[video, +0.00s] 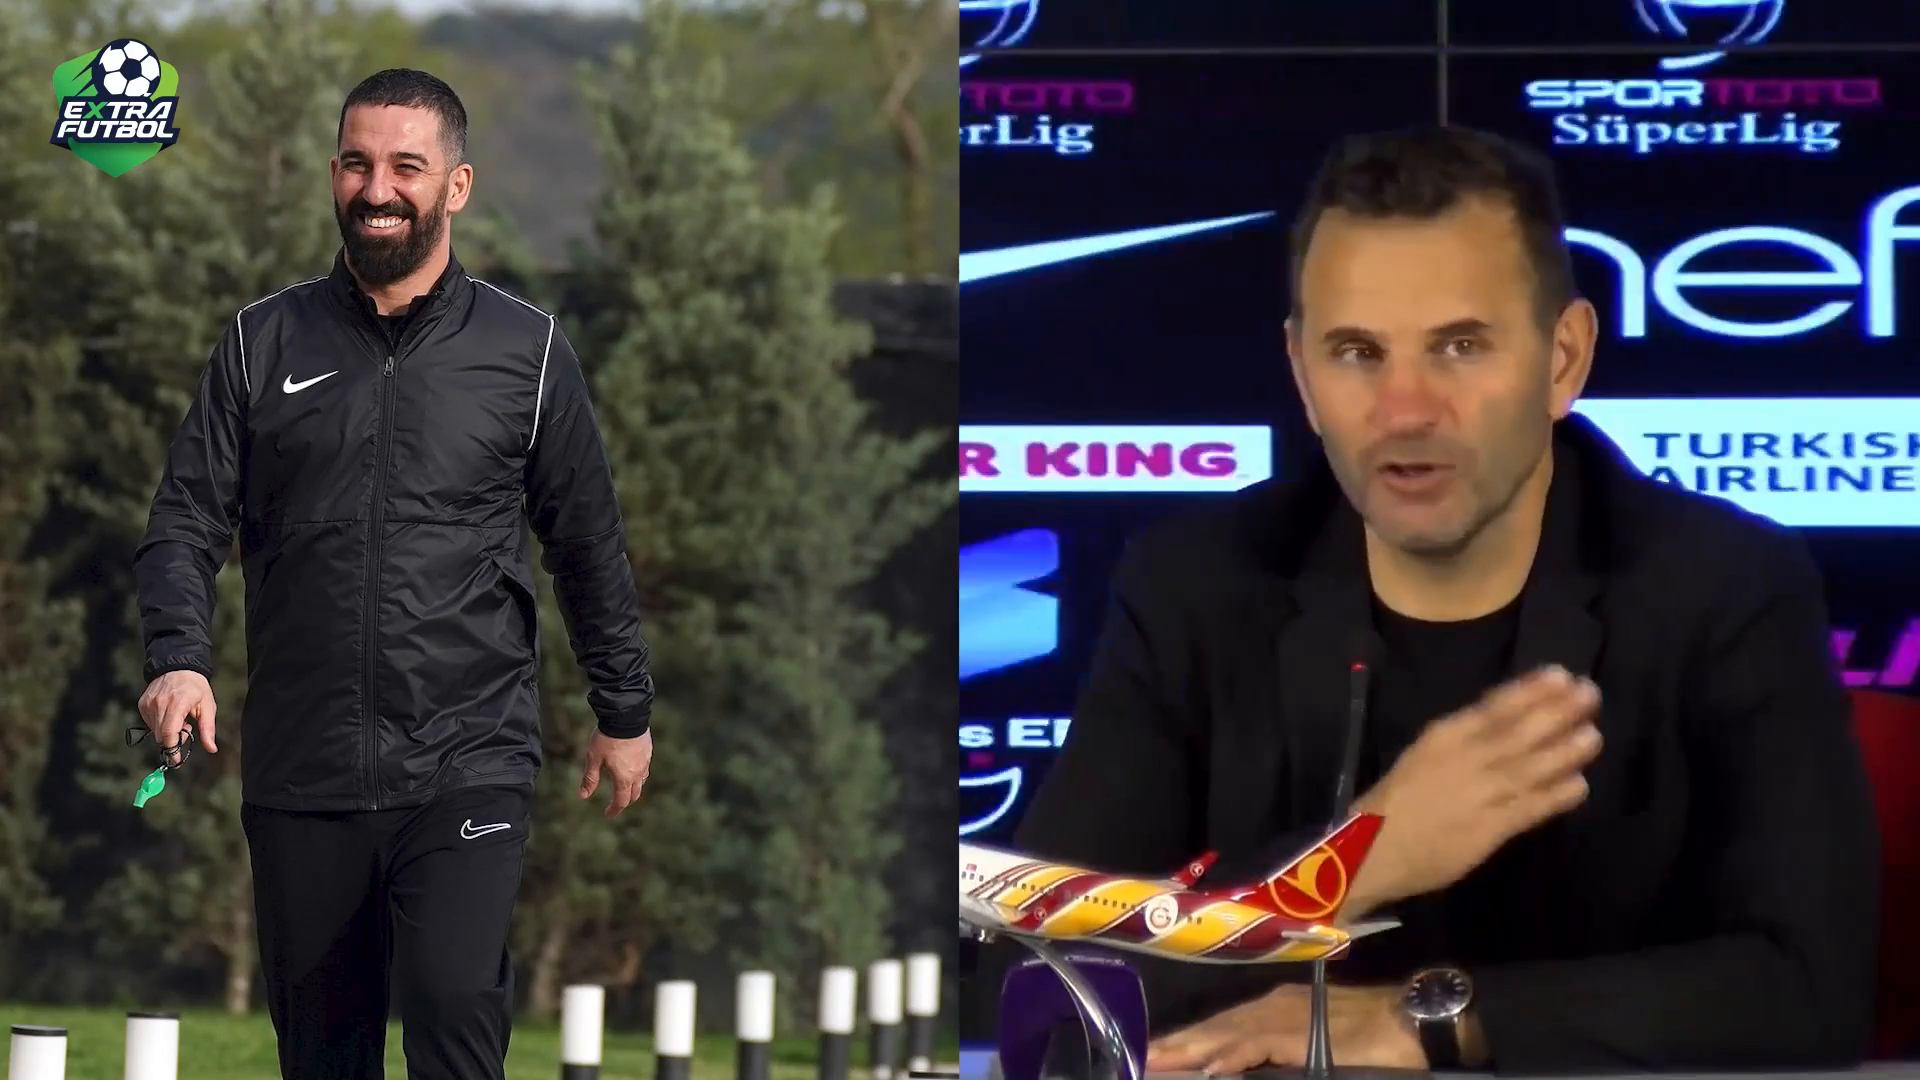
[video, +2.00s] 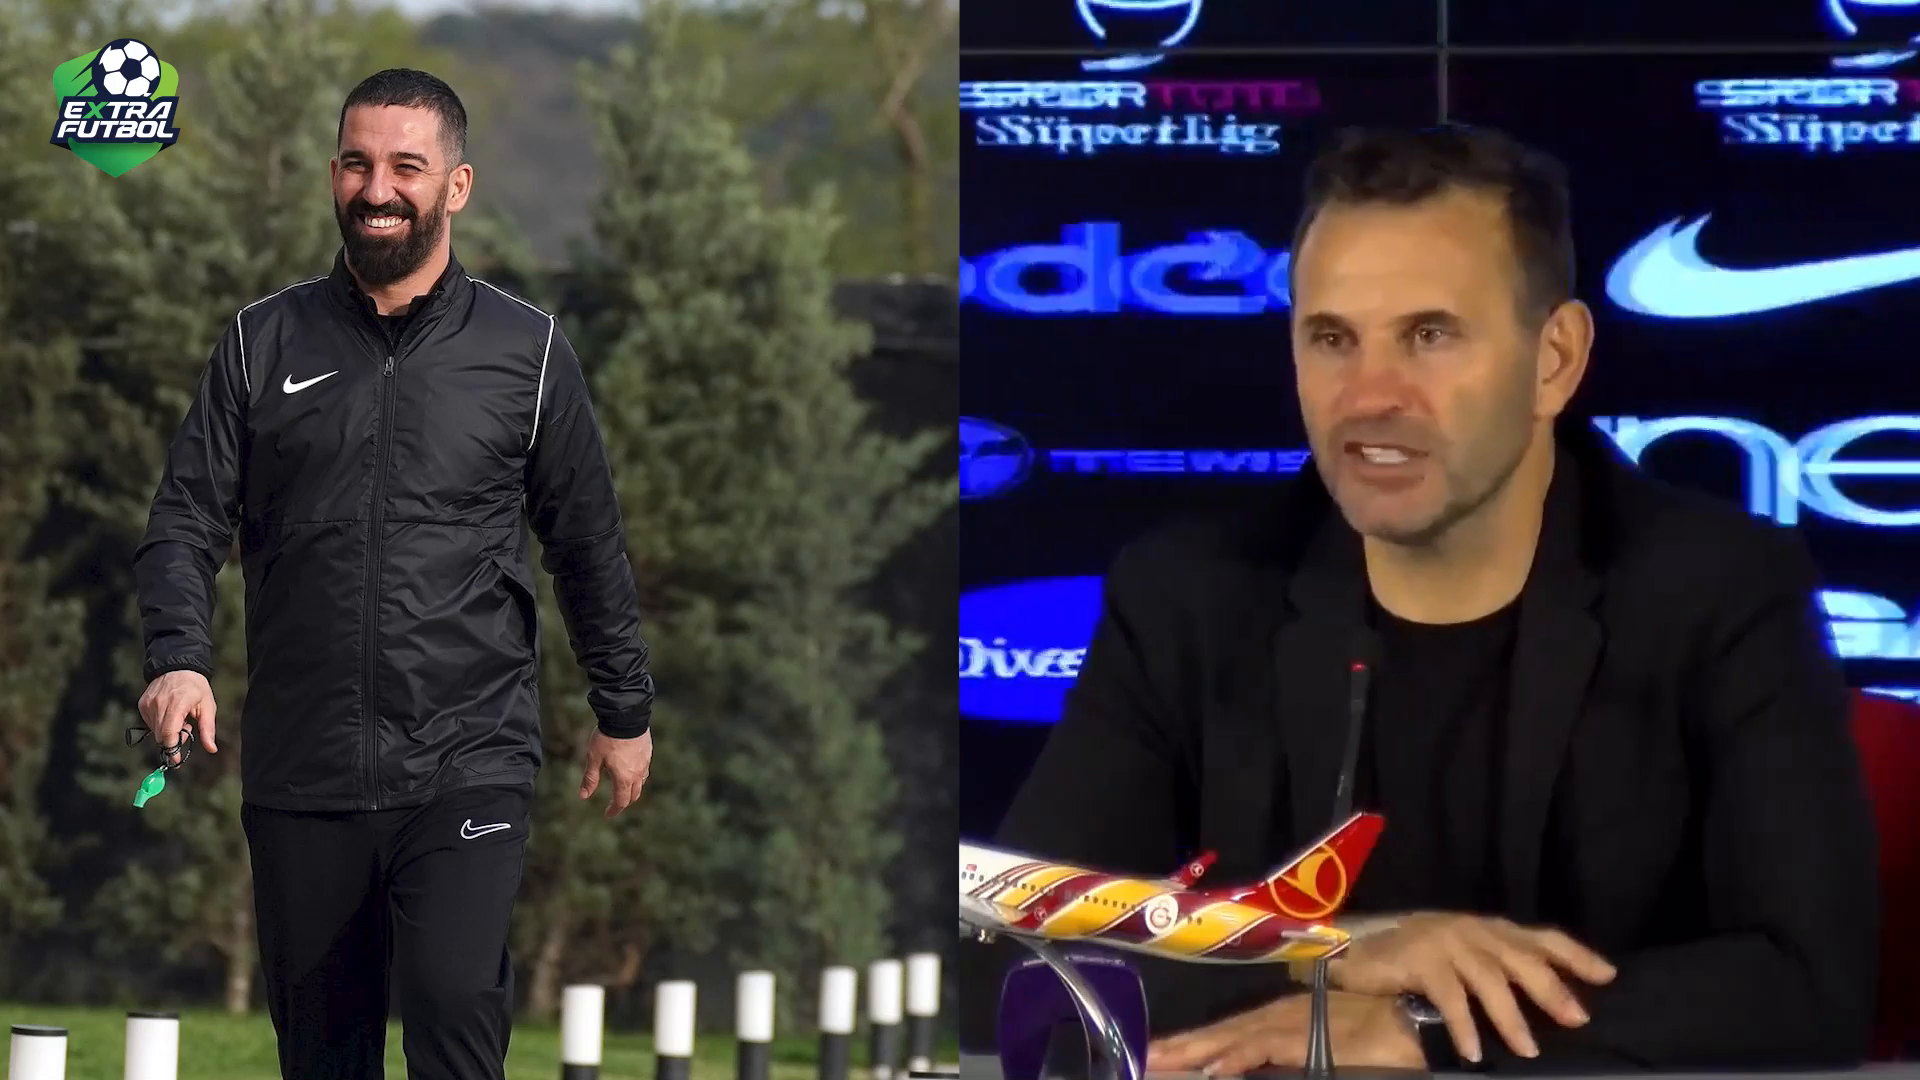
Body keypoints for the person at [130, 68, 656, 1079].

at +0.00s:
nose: (376, 187)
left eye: (405, 164)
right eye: (356, 162)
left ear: (458, 185)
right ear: (334, 176)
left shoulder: (529, 349)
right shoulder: (259, 342)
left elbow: (588, 540)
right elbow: (187, 513)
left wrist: (623, 709)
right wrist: (178, 658)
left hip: (471, 752)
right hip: (302, 755)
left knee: (455, 1019)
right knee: (320, 1042)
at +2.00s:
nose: (375, 187)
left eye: (405, 164)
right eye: (356, 162)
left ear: (458, 185)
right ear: (334, 177)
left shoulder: (530, 350)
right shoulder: (259, 342)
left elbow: (588, 541)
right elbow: (187, 513)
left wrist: (623, 708)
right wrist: (177, 658)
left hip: (472, 752)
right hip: (301, 755)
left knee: (455, 1018)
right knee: (320, 1042)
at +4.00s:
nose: (376, 187)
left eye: (405, 164)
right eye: (356, 162)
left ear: (458, 185)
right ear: (334, 177)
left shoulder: (530, 350)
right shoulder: (259, 342)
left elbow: (589, 541)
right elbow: (186, 513)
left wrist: (623, 708)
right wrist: (178, 658)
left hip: (471, 752)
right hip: (301, 755)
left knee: (455, 1019)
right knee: (320, 1043)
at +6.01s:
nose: (376, 187)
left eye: (405, 164)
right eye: (356, 162)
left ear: (458, 185)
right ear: (334, 177)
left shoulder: (530, 350)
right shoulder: (259, 342)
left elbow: (589, 541)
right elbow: (187, 513)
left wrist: (623, 708)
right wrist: (178, 658)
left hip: (471, 752)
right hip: (301, 755)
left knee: (455, 1019)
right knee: (320, 1043)